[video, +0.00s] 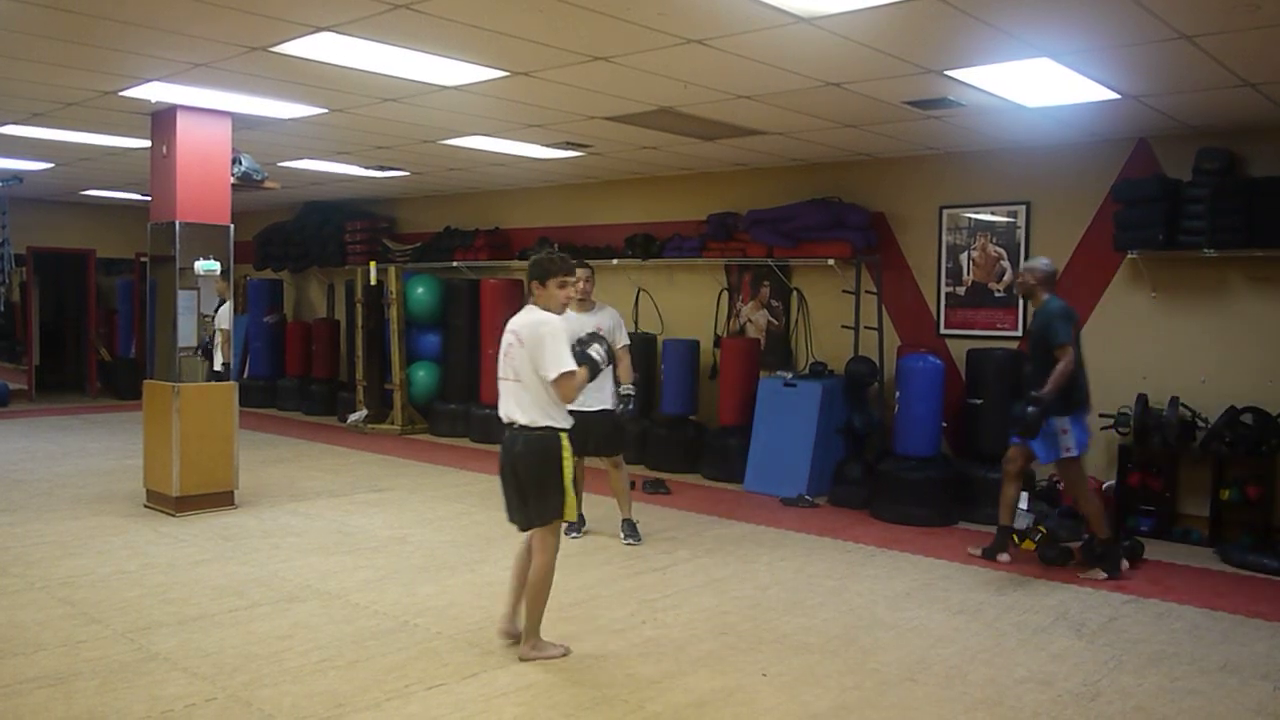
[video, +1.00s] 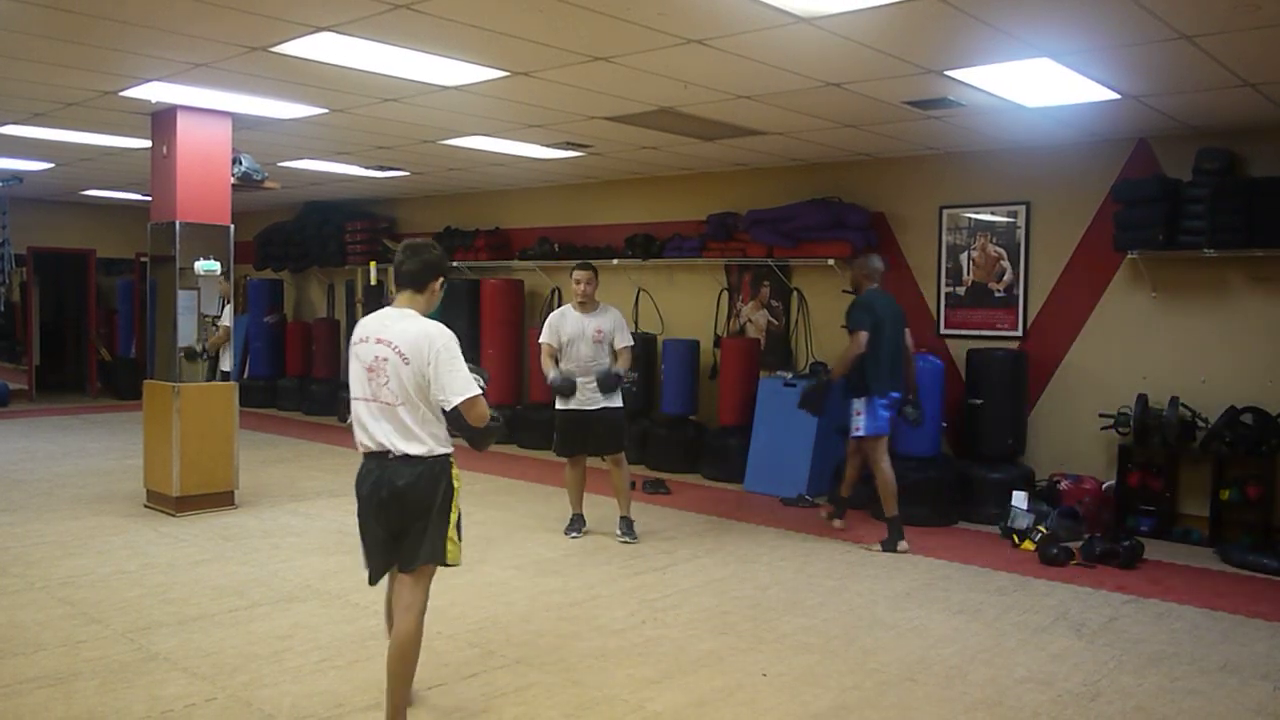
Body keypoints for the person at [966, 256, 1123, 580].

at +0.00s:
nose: (1017, 280)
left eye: (1022, 275)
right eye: (1019, 275)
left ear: (1037, 280)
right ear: (1037, 281)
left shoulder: (1056, 312)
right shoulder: (1041, 313)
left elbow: (1067, 359)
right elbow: (1044, 362)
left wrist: (1039, 402)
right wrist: (1030, 396)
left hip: (1063, 411)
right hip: (1039, 410)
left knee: (1076, 483)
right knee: (1012, 465)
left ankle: (1109, 553)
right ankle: (1001, 543)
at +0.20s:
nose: (976, 275)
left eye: (981, 270)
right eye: (978, 268)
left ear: (998, 274)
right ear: (1003, 275)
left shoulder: (1016, 306)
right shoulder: (1007, 306)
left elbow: (1027, 354)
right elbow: (1013, 357)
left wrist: (1018, 404)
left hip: (1012, 403)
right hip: (1001, 400)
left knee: (994, 468)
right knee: (994, 469)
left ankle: (1049, 521)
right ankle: (998, 545)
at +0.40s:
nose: (947, 275)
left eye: (951, 270)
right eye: (949, 270)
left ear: (964, 273)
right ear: (972, 273)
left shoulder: (978, 303)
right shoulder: (983, 301)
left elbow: (992, 351)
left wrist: (982, 398)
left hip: (971, 400)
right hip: (990, 400)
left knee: (936, 457)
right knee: (988, 468)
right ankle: (998, 543)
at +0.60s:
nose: (911, 281)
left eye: (914, 277)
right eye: (913, 276)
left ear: (925, 278)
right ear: (940, 278)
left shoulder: (935, 307)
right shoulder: (954, 305)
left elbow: (944, 356)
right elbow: (958, 356)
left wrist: (926, 398)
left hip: (936, 401)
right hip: (959, 401)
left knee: (902, 457)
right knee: (948, 464)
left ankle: (896, 535)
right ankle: (987, 529)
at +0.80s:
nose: (878, 278)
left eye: (880, 273)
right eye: (879, 273)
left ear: (890, 272)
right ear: (908, 272)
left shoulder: (894, 300)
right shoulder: (925, 301)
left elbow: (895, 346)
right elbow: (939, 345)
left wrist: (873, 382)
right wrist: (929, 380)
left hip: (898, 392)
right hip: (920, 391)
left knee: (891, 459)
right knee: (891, 452)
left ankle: (896, 535)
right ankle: (916, 506)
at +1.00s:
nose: (850, 278)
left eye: (852, 274)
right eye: (852, 273)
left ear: (861, 275)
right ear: (878, 276)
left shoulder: (861, 305)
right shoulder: (892, 305)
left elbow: (859, 343)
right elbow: (909, 347)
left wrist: (833, 374)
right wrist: (910, 388)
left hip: (870, 392)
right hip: (890, 390)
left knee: (879, 458)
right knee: (856, 449)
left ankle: (896, 535)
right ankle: (838, 506)